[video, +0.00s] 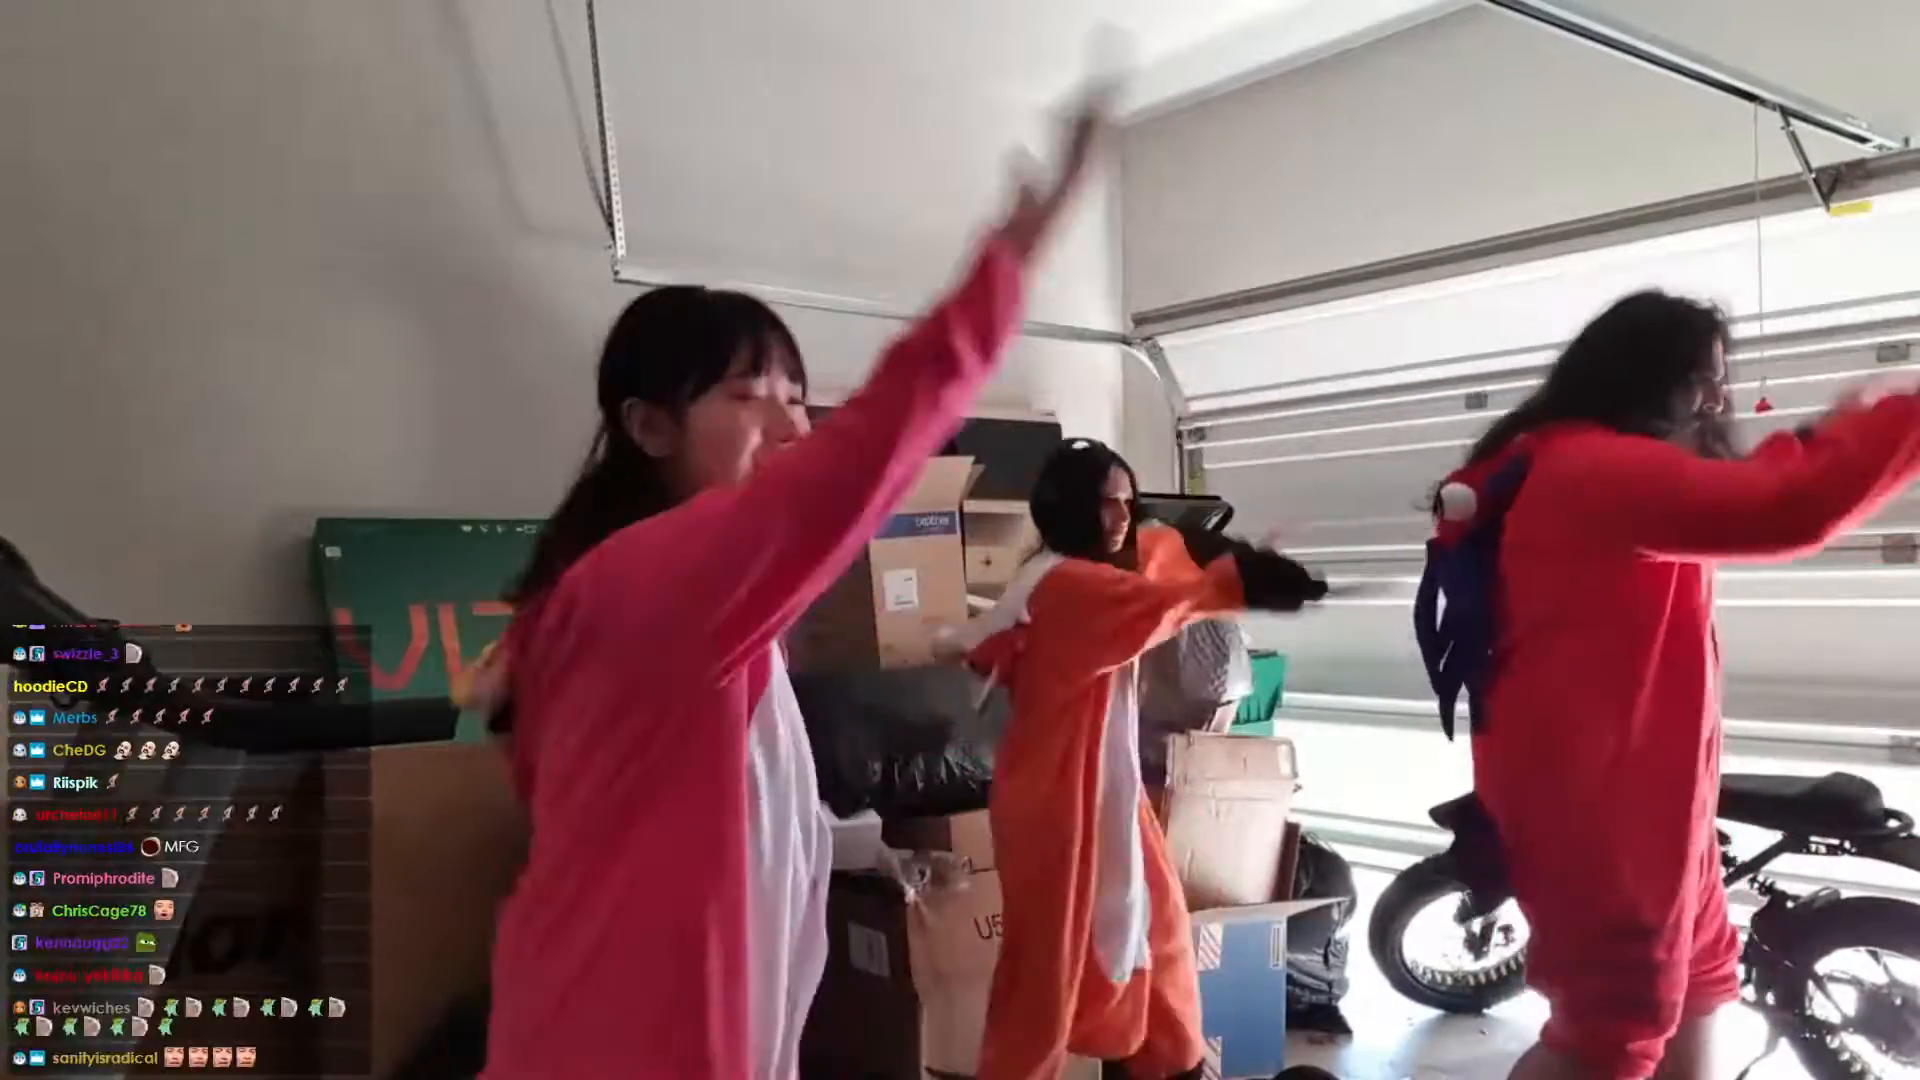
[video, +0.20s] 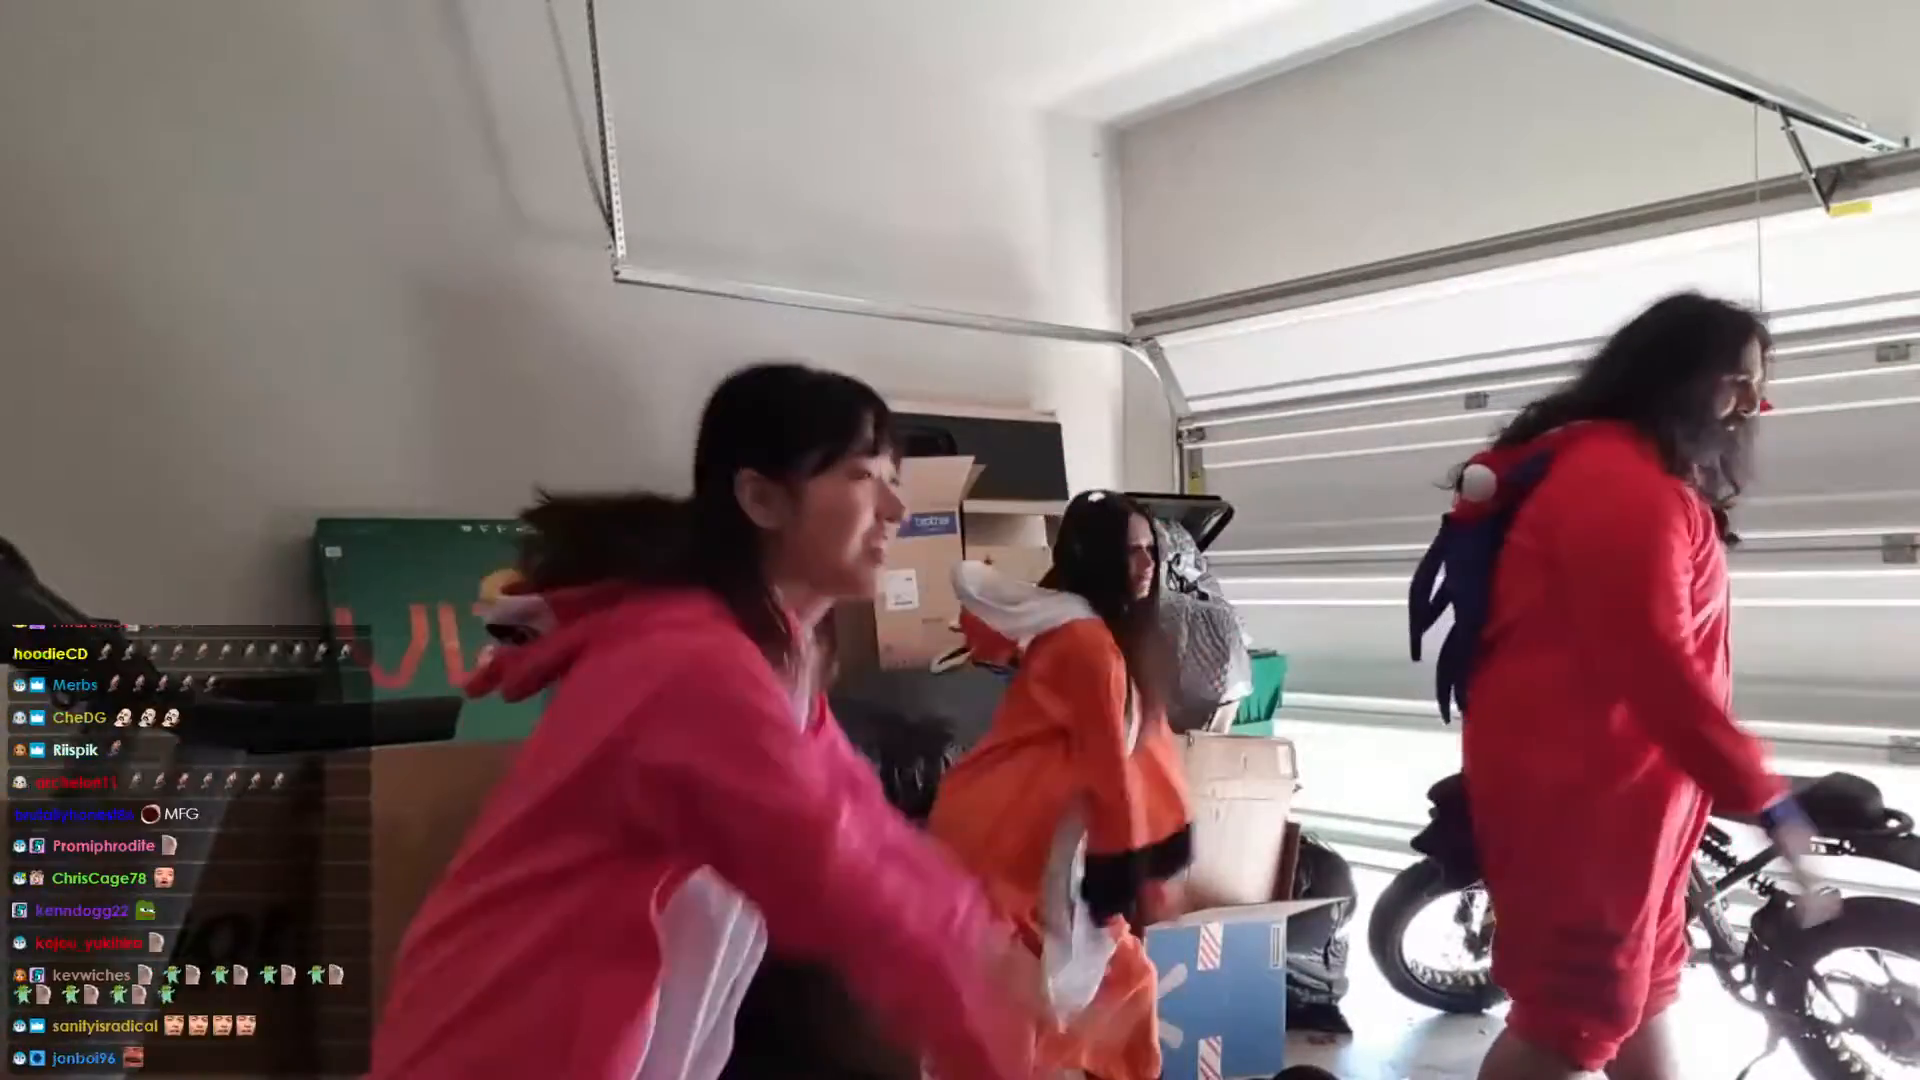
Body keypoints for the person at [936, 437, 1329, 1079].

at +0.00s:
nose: (1121, 517)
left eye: (1127, 502)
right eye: (1107, 504)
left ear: (1133, 503)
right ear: (1070, 508)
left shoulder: (1106, 573)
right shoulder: (1058, 582)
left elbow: (1168, 558)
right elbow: (1149, 602)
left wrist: (1239, 559)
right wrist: (1237, 582)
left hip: (1110, 782)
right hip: (1051, 790)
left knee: (1159, 918)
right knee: (1047, 934)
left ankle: (1167, 1061)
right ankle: (1019, 1068)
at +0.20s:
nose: (1148, 566)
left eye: (1151, 552)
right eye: (1135, 553)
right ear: (1099, 558)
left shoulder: (1081, 629)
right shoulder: (1086, 640)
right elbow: (1111, 771)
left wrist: (1153, 872)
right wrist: (1130, 882)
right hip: (1003, 850)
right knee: (1130, 978)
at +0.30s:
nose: (1146, 575)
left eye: (1148, 560)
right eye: (1134, 561)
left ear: (1077, 567)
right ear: (1098, 565)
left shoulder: (1074, 635)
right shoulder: (1083, 650)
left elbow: (1104, 765)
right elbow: (1075, 767)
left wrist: (1104, 864)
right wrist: (1058, 876)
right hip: (1002, 853)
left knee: (1148, 978)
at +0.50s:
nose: (1106, 524)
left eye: (1111, 510)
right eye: (1094, 509)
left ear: (1112, 511)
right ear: (1058, 512)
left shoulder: (1079, 587)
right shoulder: (1050, 590)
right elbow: (1149, 603)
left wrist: (1238, 570)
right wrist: (1266, 607)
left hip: (1130, 819)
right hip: (1074, 827)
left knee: (1170, 968)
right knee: (1041, 996)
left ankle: (1151, 1071)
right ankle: (1009, 1068)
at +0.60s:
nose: (1108, 520)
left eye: (1109, 508)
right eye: (1093, 508)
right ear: (1053, 520)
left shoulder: (1085, 594)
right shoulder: (1062, 604)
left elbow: (1140, 554)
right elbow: (1164, 590)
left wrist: (1187, 501)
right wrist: (1236, 536)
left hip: (1140, 810)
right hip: (1091, 816)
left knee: (1186, 967)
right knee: (1069, 977)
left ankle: (1150, 1068)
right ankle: (1028, 1065)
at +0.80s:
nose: (1127, 544)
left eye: (1126, 532)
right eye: (1115, 533)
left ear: (1060, 543)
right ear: (1084, 539)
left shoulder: (1097, 615)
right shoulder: (1071, 622)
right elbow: (1148, 590)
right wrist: (1184, 525)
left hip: (1146, 815)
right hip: (1099, 826)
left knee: (1217, 971)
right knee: (1101, 991)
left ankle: (1184, 1073)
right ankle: (1058, 1071)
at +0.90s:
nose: (1126, 516)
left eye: (1128, 503)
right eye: (1115, 503)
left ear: (1054, 510)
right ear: (1079, 507)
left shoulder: (1054, 580)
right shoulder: (1061, 584)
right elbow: (1155, 606)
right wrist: (1244, 584)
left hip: (1101, 784)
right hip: (1061, 790)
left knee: (1154, 911)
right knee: (1057, 938)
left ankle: (1165, 1058)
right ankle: (1019, 1067)